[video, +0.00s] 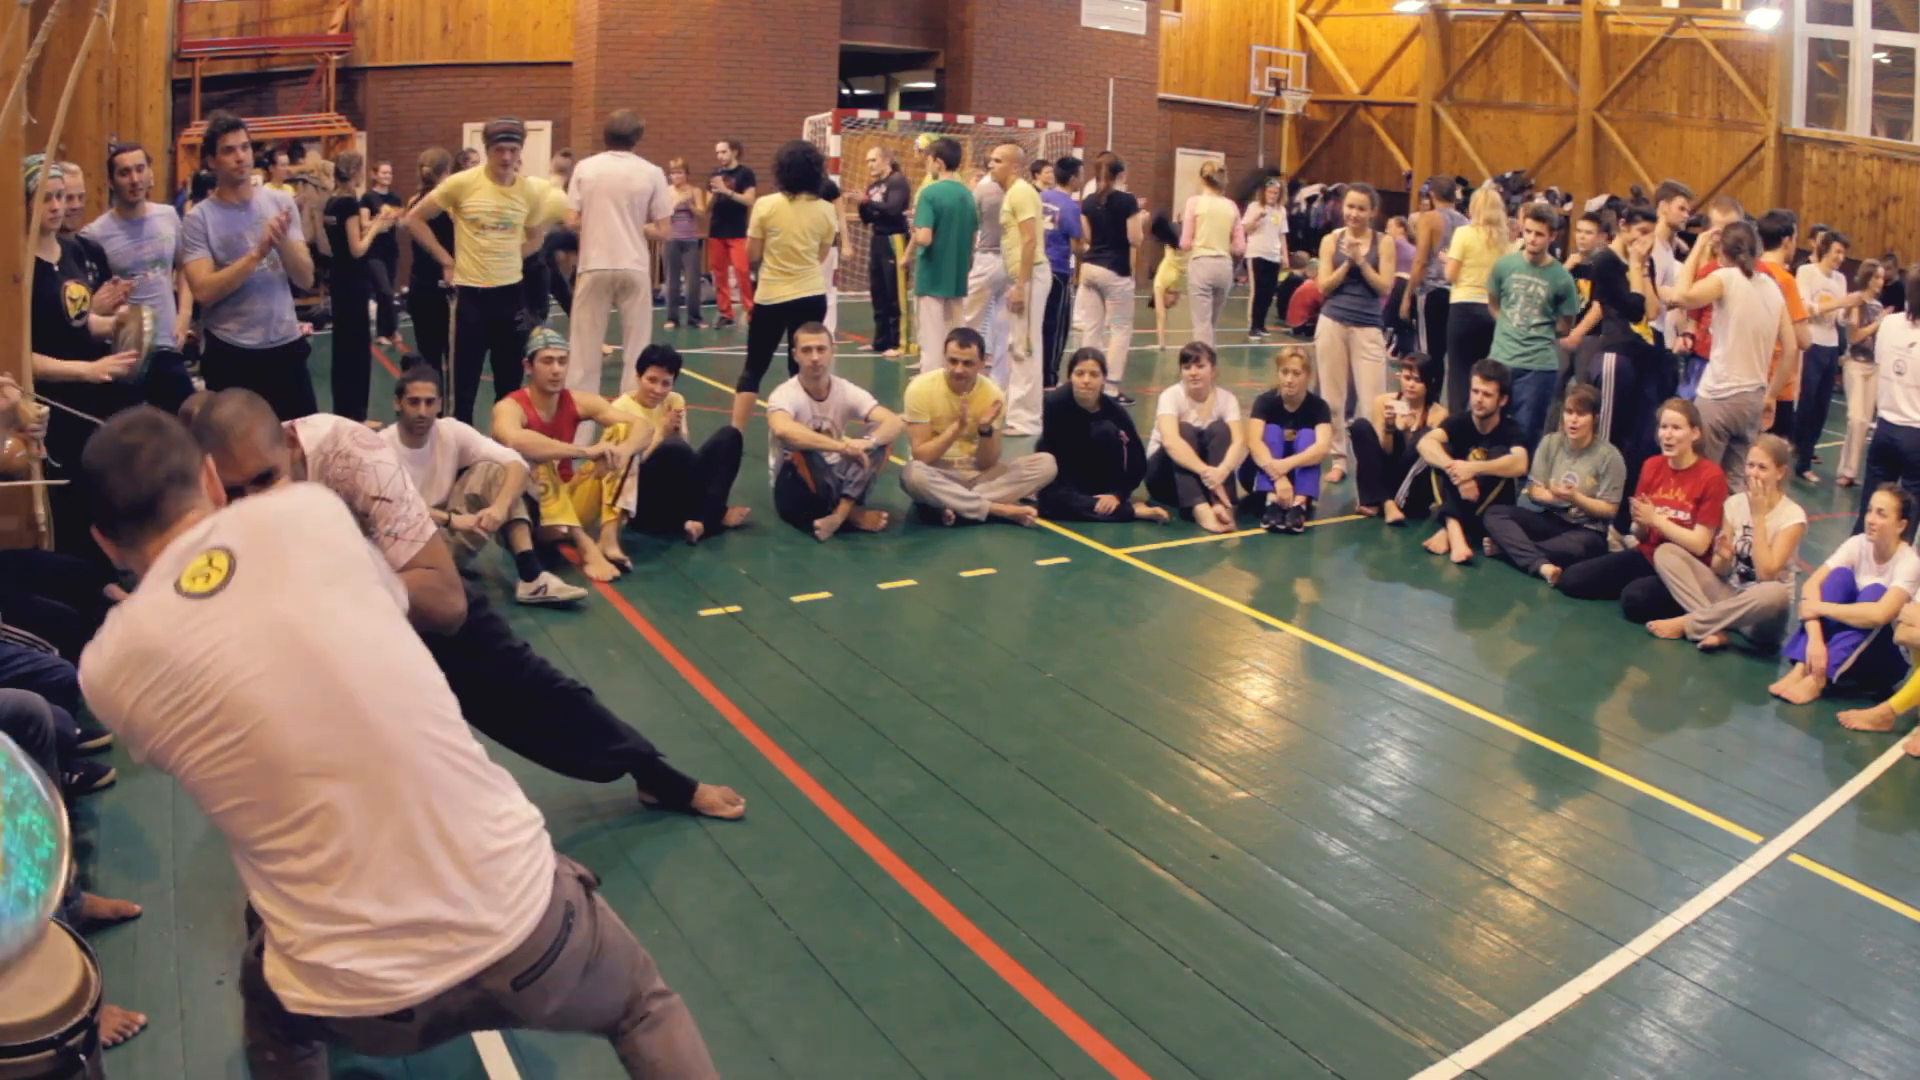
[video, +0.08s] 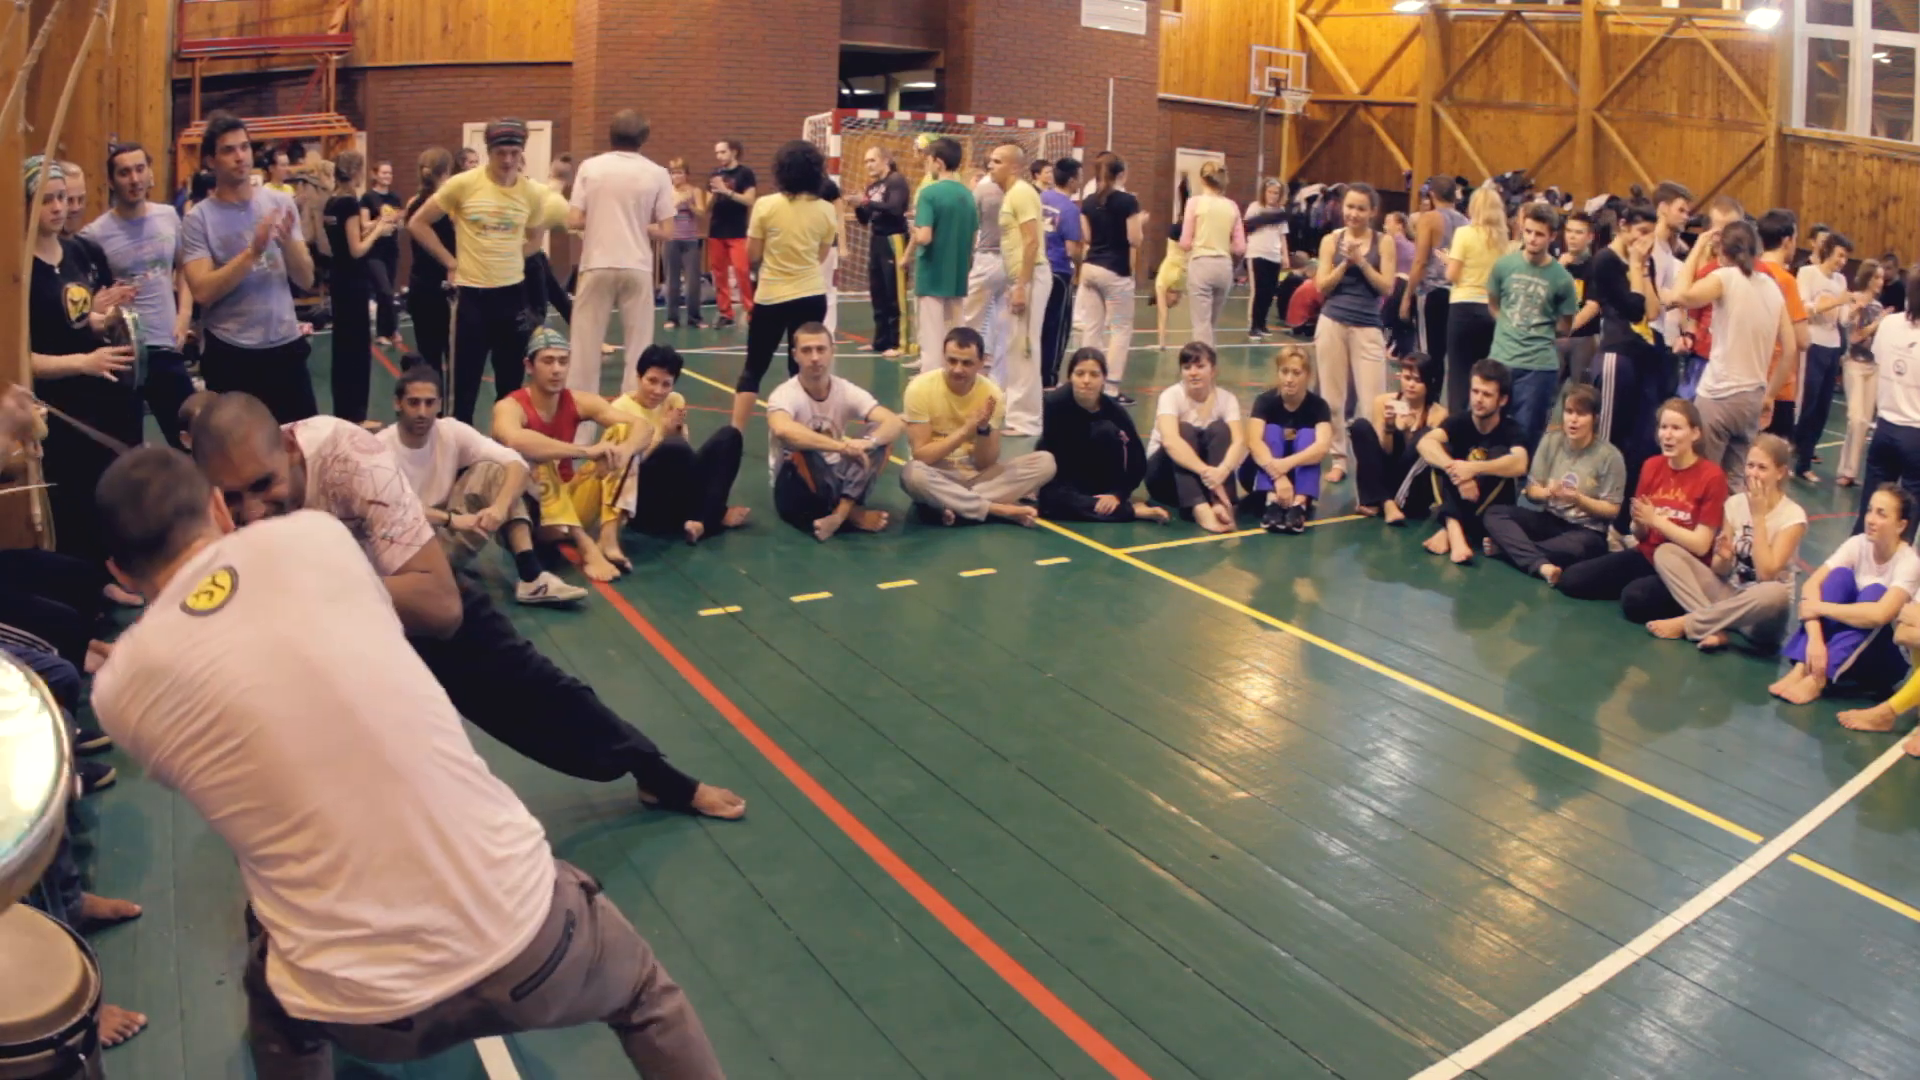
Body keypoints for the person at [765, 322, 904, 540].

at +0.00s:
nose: (815, 358)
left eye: (821, 350)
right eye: (807, 351)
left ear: (832, 352)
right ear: (794, 355)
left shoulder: (844, 390)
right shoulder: (784, 394)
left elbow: (896, 423)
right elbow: (782, 430)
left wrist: (869, 442)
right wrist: (841, 447)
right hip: (797, 497)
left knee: (881, 439)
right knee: (803, 448)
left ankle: (839, 515)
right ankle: (852, 511)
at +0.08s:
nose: (815, 358)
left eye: (821, 350)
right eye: (806, 351)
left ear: (832, 352)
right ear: (794, 355)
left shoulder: (844, 390)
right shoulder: (784, 394)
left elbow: (895, 423)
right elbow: (782, 430)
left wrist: (870, 442)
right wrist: (841, 446)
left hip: (839, 492)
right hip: (797, 497)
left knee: (881, 439)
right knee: (803, 448)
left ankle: (838, 515)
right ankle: (852, 511)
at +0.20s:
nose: (814, 358)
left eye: (821, 350)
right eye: (806, 351)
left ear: (832, 351)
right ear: (794, 355)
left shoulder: (844, 390)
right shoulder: (784, 394)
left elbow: (895, 423)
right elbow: (782, 430)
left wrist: (870, 442)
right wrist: (841, 446)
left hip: (839, 492)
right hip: (797, 496)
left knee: (881, 439)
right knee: (803, 449)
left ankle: (838, 515)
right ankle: (852, 511)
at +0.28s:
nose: (814, 358)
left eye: (820, 350)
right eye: (806, 351)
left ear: (832, 352)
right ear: (794, 355)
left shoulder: (844, 390)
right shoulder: (784, 394)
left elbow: (895, 423)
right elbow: (782, 430)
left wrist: (870, 442)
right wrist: (840, 446)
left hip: (839, 492)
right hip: (797, 496)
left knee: (881, 439)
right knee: (803, 448)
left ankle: (838, 515)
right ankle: (852, 511)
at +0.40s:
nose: (813, 358)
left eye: (820, 350)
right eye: (805, 351)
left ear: (831, 352)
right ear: (794, 355)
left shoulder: (844, 390)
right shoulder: (784, 394)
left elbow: (895, 423)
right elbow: (782, 430)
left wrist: (870, 442)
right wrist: (841, 447)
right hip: (797, 497)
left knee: (880, 440)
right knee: (803, 450)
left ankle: (838, 515)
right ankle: (852, 511)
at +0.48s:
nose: (813, 358)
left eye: (820, 350)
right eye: (805, 351)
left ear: (831, 352)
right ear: (794, 355)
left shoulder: (844, 389)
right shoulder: (784, 394)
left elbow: (895, 423)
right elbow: (782, 430)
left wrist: (870, 442)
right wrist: (841, 447)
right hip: (797, 497)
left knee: (881, 439)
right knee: (803, 451)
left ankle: (839, 515)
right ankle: (852, 511)